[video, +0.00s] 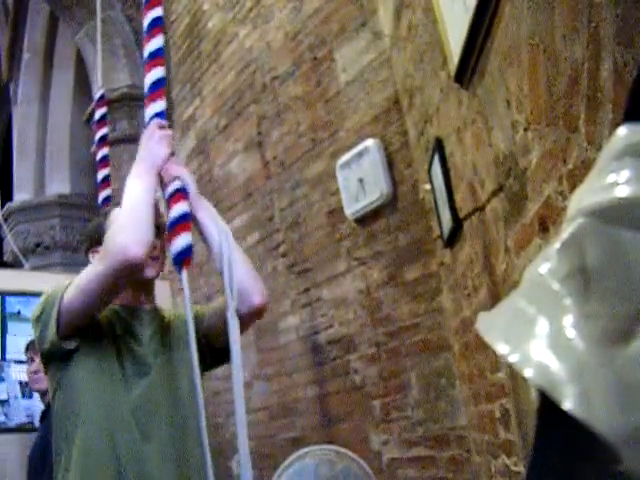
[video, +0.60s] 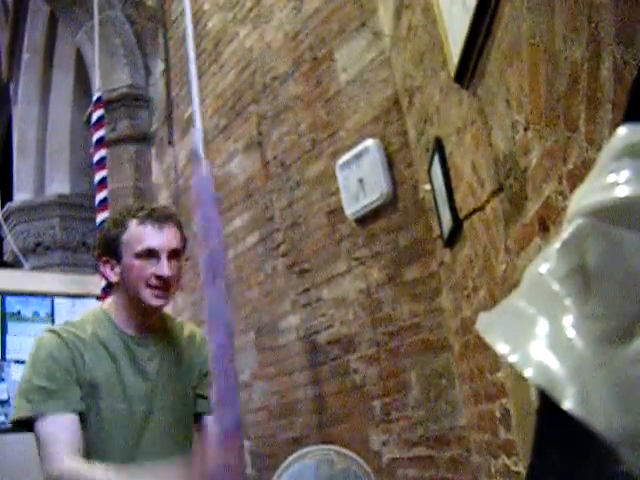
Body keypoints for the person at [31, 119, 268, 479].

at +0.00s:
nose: (153, 243)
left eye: (159, 232)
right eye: (141, 232)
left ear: (167, 243)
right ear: (96, 254)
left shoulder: (179, 332)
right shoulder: (63, 324)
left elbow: (251, 301)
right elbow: (127, 253)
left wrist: (195, 202)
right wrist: (144, 166)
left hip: (182, 471)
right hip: (93, 471)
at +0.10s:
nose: (153, 246)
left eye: (159, 235)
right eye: (136, 233)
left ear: (168, 249)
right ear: (97, 255)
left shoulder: (177, 326)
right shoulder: (58, 318)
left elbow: (252, 328)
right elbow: (127, 280)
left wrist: (200, 220)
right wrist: (149, 183)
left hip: (178, 471)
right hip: (90, 471)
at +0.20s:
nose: (152, 242)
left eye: (158, 235)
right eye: (135, 233)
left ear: (169, 251)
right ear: (104, 258)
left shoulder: (178, 334)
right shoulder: (53, 322)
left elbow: (252, 362)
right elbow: (119, 315)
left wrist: (204, 241)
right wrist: (157, 207)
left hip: (176, 472)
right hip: (85, 472)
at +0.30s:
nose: (160, 251)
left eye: (165, 241)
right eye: (143, 240)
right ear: (108, 259)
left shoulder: (180, 332)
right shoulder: (56, 321)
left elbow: (243, 402)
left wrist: (212, 280)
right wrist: (165, 243)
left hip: (175, 473)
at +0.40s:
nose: (163, 261)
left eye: (170, 248)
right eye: (148, 246)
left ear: (179, 256)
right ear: (111, 261)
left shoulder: (185, 332)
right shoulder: (60, 326)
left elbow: (237, 441)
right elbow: (86, 412)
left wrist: (217, 346)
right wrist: (170, 303)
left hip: (175, 473)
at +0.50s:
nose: (167, 267)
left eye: (175, 253)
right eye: (149, 252)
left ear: (184, 262)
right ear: (113, 266)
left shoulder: (190, 340)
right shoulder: (61, 337)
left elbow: (239, 467)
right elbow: (65, 452)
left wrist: (221, 423)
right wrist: (180, 375)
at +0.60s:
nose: (165, 272)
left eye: (174, 257)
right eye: (148, 256)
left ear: (183, 264)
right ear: (110, 268)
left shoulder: (195, 346)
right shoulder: (62, 348)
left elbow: (214, 459)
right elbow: (62, 466)